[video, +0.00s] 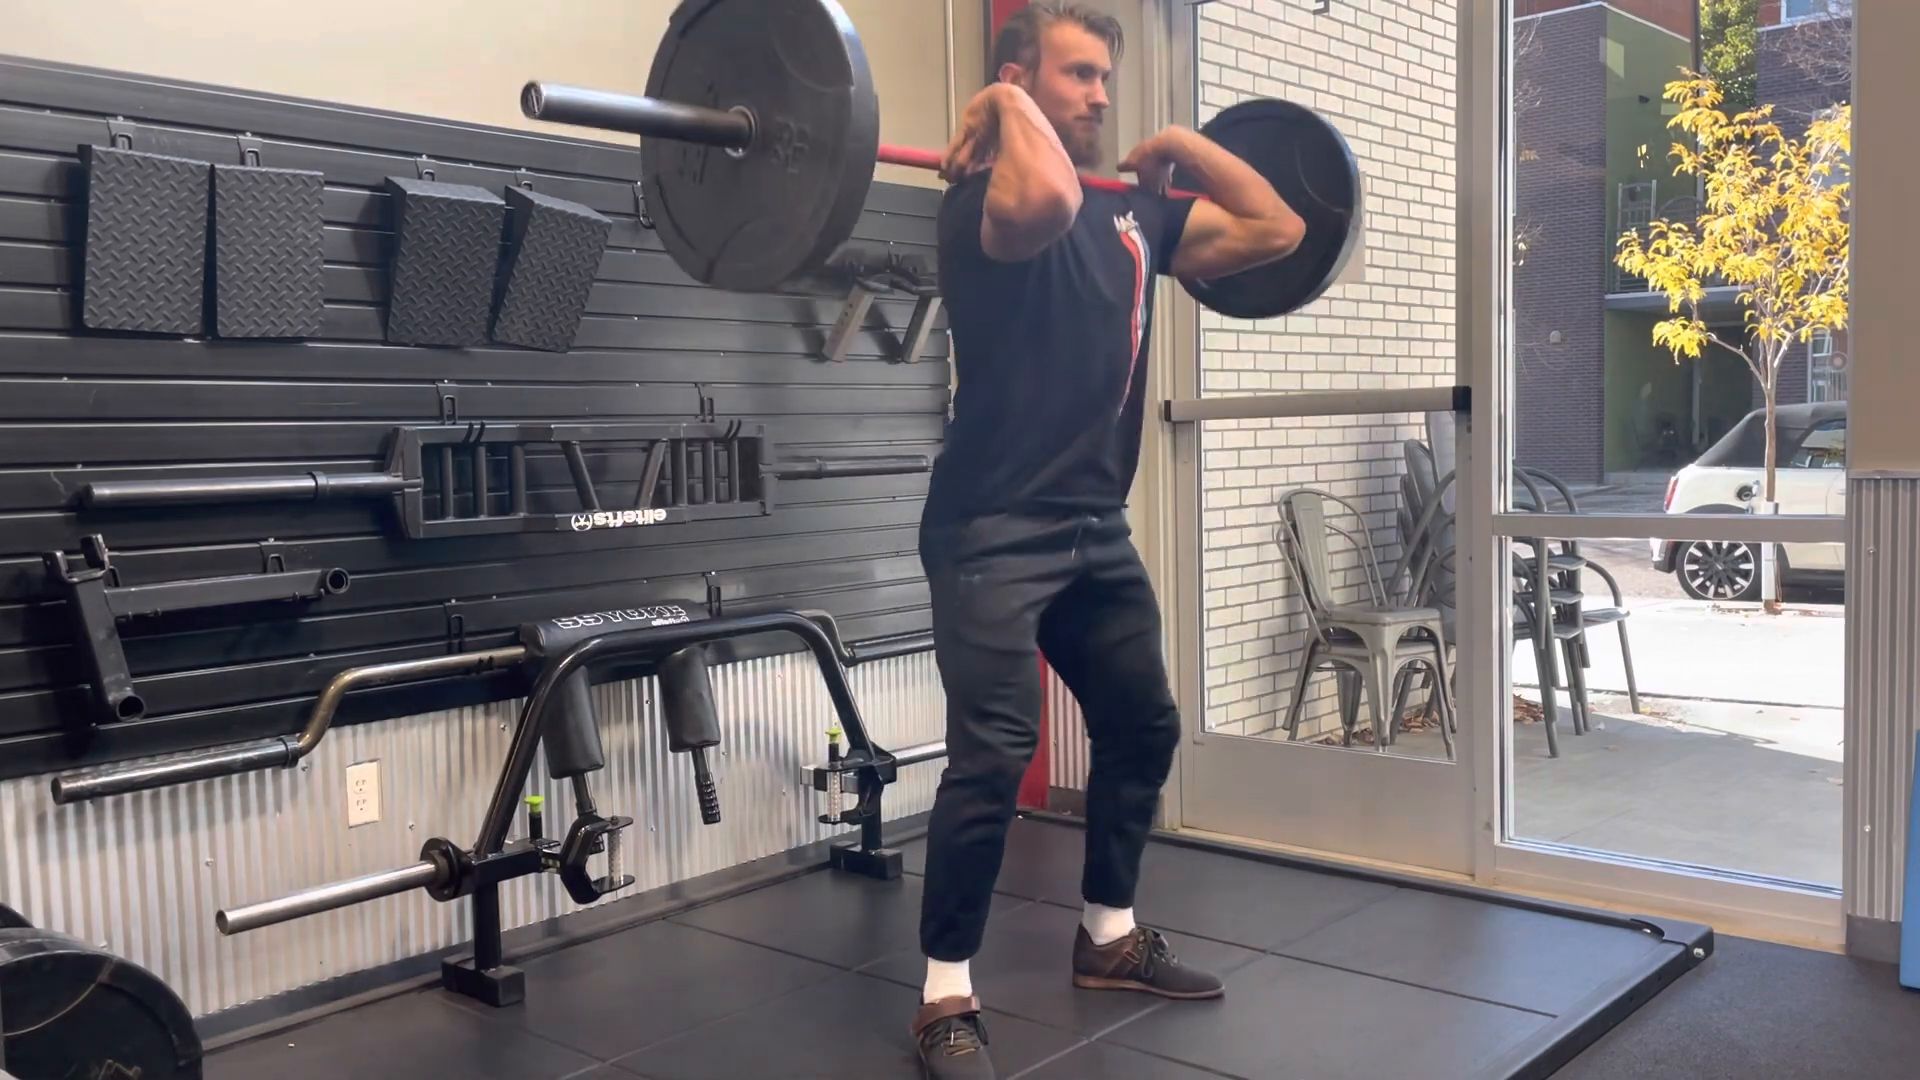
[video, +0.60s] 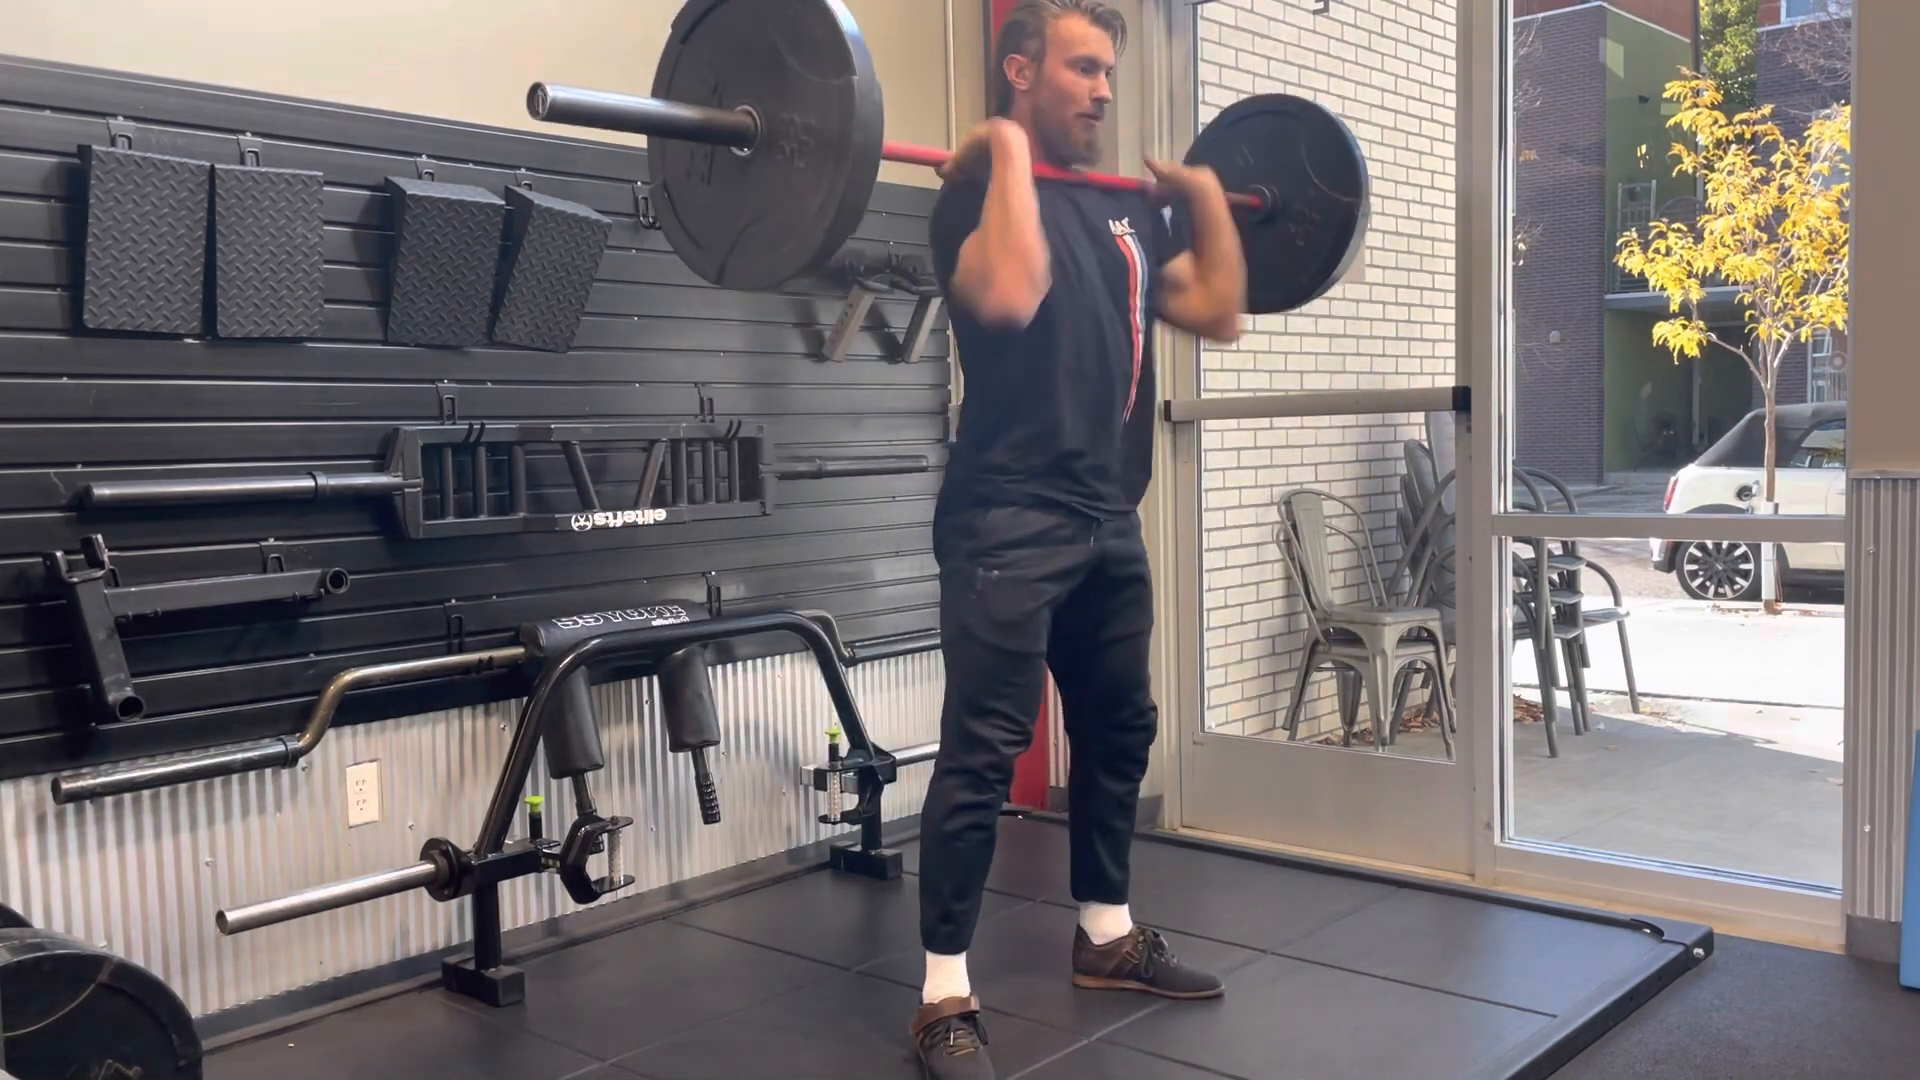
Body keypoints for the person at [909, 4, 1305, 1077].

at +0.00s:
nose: (1101, 94)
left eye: (1105, 77)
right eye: (1081, 72)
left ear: (1103, 92)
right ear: (1020, 86)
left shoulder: (1133, 209)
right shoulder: (980, 198)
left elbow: (1276, 228)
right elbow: (1050, 198)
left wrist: (1181, 144)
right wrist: (1008, 100)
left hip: (1096, 526)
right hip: (990, 529)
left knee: (1143, 725)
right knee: (993, 749)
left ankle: (1107, 940)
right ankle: (946, 997)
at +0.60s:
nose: (1104, 87)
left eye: (1110, 71)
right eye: (1085, 67)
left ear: (1110, 88)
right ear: (1020, 72)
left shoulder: (1124, 207)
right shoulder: (977, 192)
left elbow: (1217, 313)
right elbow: (1008, 297)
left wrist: (1204, 194)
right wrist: (1008, 147)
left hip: (1108, 519)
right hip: (1005, 516)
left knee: (1116, 732)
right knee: (985, 746)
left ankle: (1104, 936)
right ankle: (945, 993)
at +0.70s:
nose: (1119, 81)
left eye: (1122, 64)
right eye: (1098, 59)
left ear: (1108, 87)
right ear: (1030, 76)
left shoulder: (1104, 212)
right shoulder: (962, 199)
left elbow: (1101, 347)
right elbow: (881, 355)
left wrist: (1165, 277)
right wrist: (970, 257)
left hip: (1112, 519)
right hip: (1008, 520)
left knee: (1136, 728)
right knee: (1000, 746)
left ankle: (1108, 937)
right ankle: (947, 992)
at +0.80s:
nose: (1107, 73)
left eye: (1111, 56)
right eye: (1087, 52)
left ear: (1101, 74)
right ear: (1019, 66)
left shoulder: (1097, 190)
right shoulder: (946, 178)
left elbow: (1090, 298)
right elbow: (847, 264)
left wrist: (1148, 302)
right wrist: (955, 289)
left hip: (1093, 507)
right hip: (990, 512)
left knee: (1118, 720)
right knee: (995, 735)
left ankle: (1104, 934)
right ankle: (951, 986)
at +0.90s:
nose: (1116, 96)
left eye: (1120, 79)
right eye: (1094, 76)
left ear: (1113, 99)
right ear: (1026, 90)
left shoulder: (1120, 215)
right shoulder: (965, 205)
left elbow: (1151, 311)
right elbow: (859, 303)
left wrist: (1179, 397)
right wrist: (972, 404)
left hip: (1067, 518)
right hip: (964, 522)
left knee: (1104, 724)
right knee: (994, 736)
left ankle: (1085, 943)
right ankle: (953, 988)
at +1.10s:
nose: (1181, 205)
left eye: (1181, 190)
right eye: (1156, 189)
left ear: (1176, 215)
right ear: (1092, 216)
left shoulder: (1161, 348)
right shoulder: (1025, 338)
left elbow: (1141, 453)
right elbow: (892, 455)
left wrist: (1153, 563)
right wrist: (950, 597)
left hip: (1049, 585)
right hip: (945, 591)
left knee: (1159, 745)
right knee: (1015, 770)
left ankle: (1090, 944)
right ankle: (956, 998)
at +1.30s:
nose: (1125, 150)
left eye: (1125, 133)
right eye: (1099, 131)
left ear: (1117, 160)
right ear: (1034, 156)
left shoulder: (1125, 300)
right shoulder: (978, 292)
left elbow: (1132, 431)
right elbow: (890, 437)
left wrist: (1161, 550)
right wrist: (953, 582)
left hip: (1065, 569)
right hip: (960, 575)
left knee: (1156, 743)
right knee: (1024, 765)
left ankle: (1091, 945)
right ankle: (959, 1000)